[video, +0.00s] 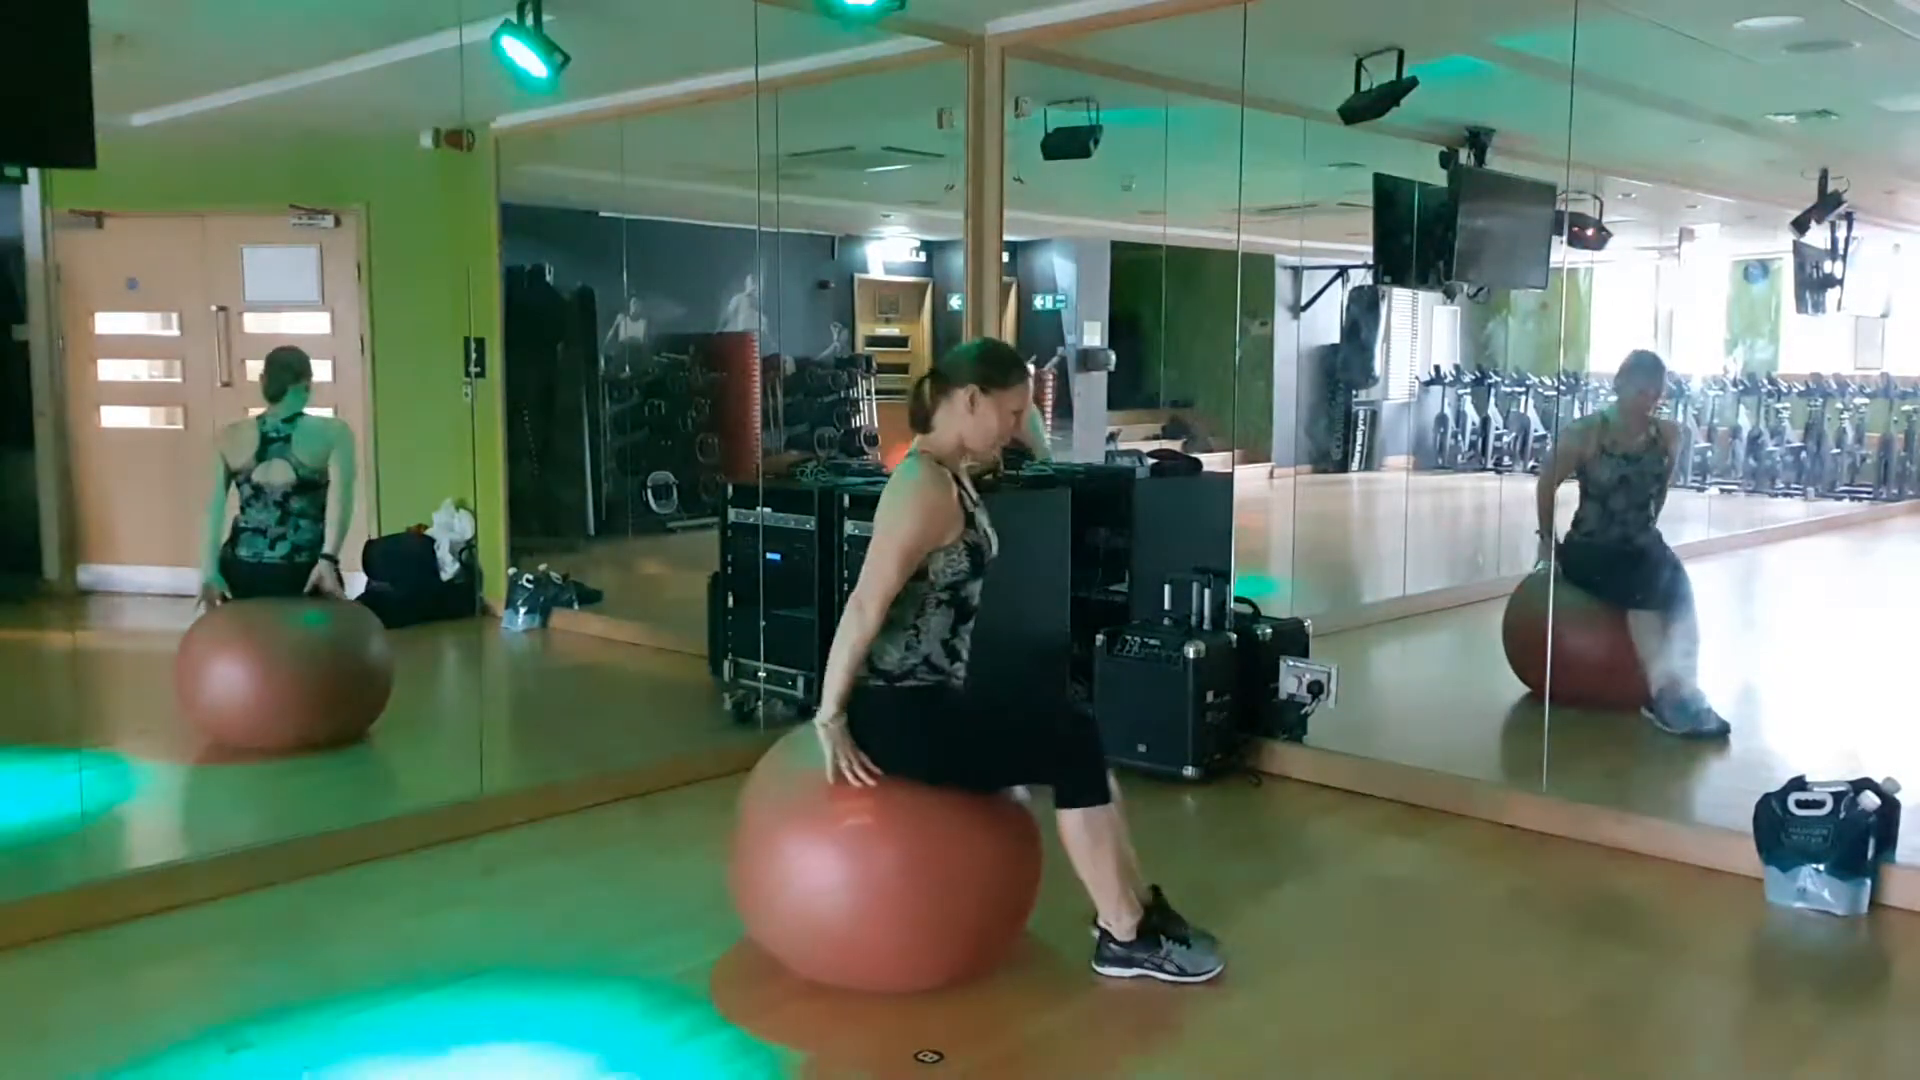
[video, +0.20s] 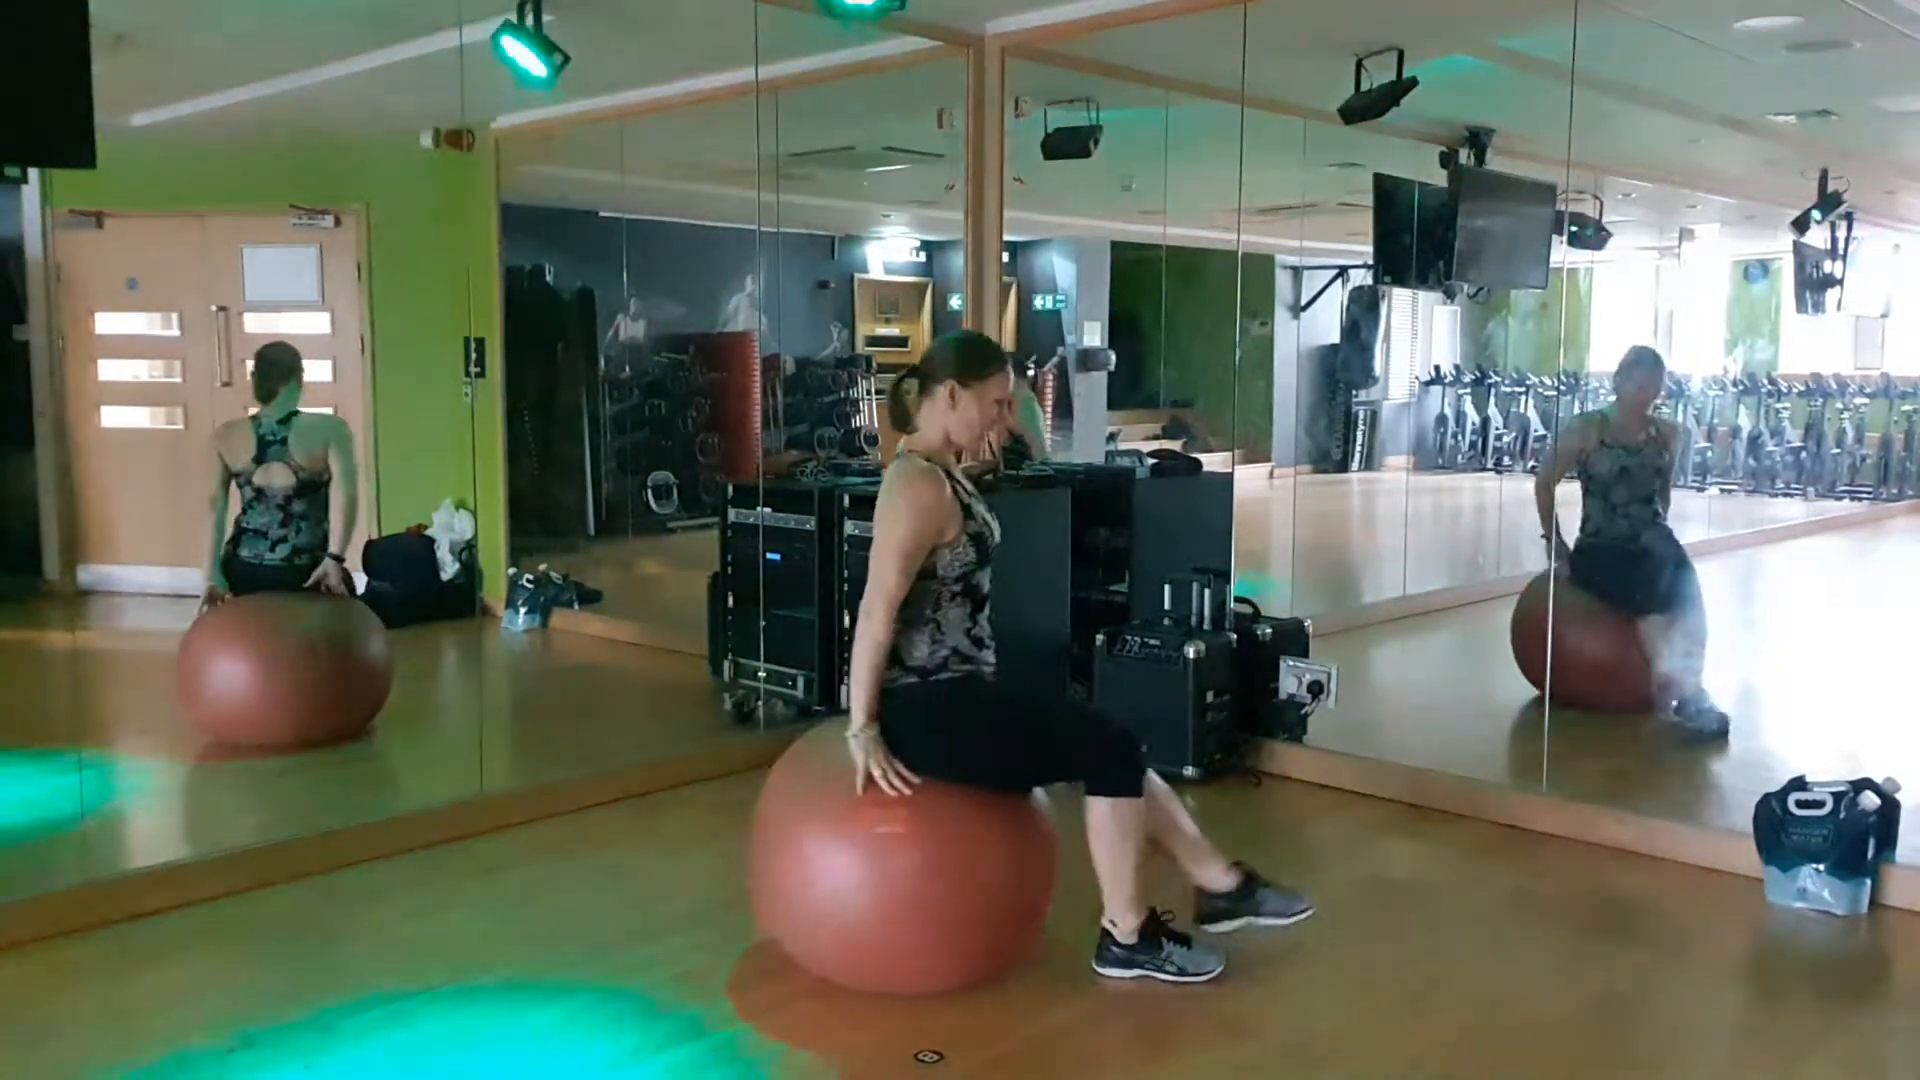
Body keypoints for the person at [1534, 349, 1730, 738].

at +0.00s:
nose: (1651, 401)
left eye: (1657, 393)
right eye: (1643, 391)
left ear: (1663, 394)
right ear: (1621, 387)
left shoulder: (1668, 435)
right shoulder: (1584, 435)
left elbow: (1659, 492)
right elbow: (1546, 483)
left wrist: (1643, 530)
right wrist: (1547, 542)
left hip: (1642, 544)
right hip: (1589, 545)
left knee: (1677, 584)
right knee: (1645, 582)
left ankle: (1686, 693)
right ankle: (1664, 693)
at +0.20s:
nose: (1646, 394)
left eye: (1653, 386)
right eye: (1638, 384)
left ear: (1660, 391)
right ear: (1618, 382)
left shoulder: (1668, 435)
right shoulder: (1587, 431)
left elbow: (1663, 493)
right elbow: (1544, 483)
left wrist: (1658, 536)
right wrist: (1556, 544)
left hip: (1652, 546)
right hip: (1599, 548)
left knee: (1687, 585)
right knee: (1653, 589)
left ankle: (1691, 691)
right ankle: (1674, 691)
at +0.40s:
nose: (1646, 396)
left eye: (1651, 388)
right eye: (1638, 387)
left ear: (1655, 391)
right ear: (1613, 387)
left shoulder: (1666, 435)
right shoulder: (1581, 437)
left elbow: (1667, 494)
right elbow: (1548, 494)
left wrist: (1664, 539)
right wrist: (1562, 550)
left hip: (1660, 547)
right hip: (1608, 552)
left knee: (1697, 595)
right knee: (1668, 602)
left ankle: (1683, 685)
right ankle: (1695, 695)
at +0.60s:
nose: (1638, 403)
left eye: (1645, 395)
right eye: (1629, 394)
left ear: (1652, 400)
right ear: (1609, 396)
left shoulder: (1662, 442)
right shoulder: (1582, 441)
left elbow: (1670, 504)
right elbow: (1552, 504)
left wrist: (1676, 549)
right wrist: (1572, 560)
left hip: (1668, 555)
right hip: (1616, 559)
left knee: (1713, 589)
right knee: (1686, 603)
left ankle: (1700, 699)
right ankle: (1706, 711)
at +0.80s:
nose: (1645, 411)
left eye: (1649, 403)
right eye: (1637, 403)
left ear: (1650, 407)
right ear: (1611, 405)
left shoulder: (1663, 452)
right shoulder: (1583, 452)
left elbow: (1671, 514)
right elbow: (1552, 513)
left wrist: (1680, 555)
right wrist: (1579, 563)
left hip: (1672, 562)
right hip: (1622, 568)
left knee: (1719, 576)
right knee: (1698, 600)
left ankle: (1712, 706)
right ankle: (1707, 714)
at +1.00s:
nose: (1644, 421)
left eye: (1647, 413)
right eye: (1635, 413)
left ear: (1649, 417)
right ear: (1609, 413)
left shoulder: (1665, 461)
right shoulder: (1581, 466)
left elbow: (1677, 522)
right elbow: (1557, 527)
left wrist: (1686, 559)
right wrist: (1588, 570)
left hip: (1679, 563)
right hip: (1630, 574)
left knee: (1723, 576)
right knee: (1712, 607)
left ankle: (1744, 689)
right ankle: (1715, 717)